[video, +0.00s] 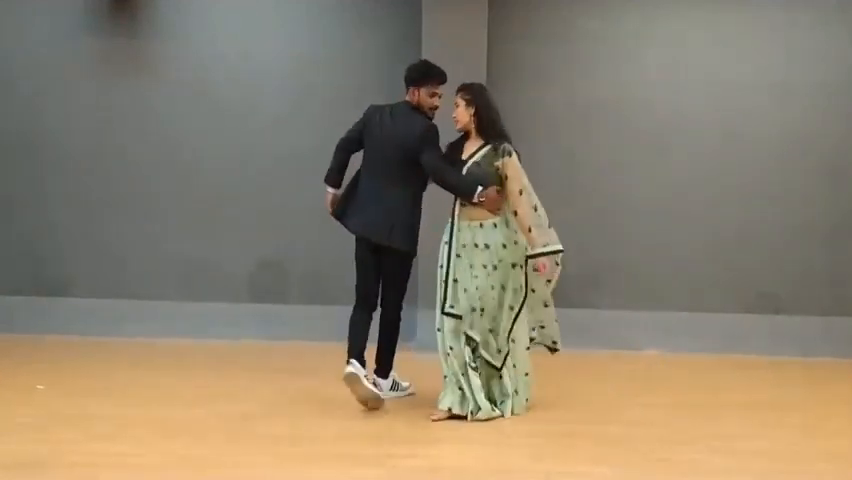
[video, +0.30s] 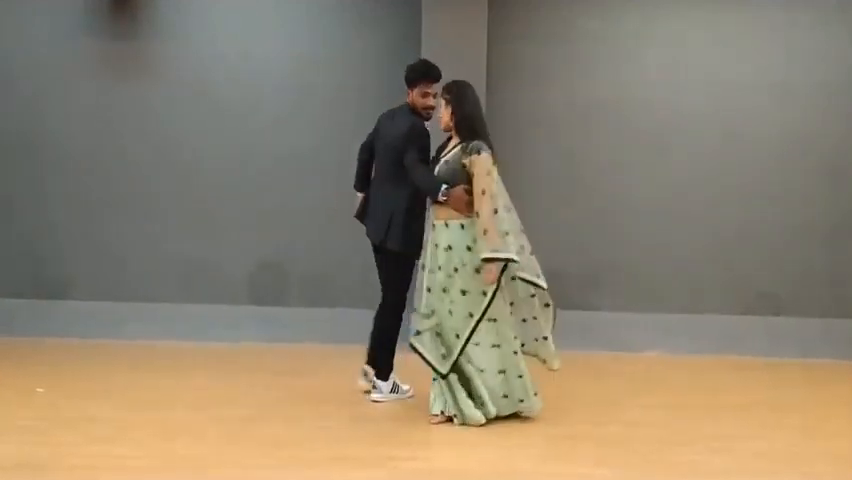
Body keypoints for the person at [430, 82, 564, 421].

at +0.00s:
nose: (455, 113)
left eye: (461, 106)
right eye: (455, 107)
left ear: (477, 109)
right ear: (464, 111)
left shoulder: (502, 153)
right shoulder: (455, 150)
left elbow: (521, 204)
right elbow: (438, 179)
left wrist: (539, 251)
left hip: (494, 242)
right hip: (459, 240)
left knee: (487, 316)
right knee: (455, 315)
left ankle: (492, 395)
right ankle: (455, 395)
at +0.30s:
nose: (439, 113)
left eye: (443, 106)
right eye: (440, 106)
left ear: (457, 109)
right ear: (457, 110)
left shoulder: (477, 152)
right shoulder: (447, 149)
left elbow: (487, 207)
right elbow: (436, 193)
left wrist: (493, 255)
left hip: (465, 249)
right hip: (442, 248)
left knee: (466, 323)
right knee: (442, 322)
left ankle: (480, 398)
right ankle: (448, 398)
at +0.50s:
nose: (423, 112)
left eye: (428, 105)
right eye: (423, 105)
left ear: (440, 110)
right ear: (448, 109)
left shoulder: (451, 156)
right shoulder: (436, 152)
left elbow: (460, 211)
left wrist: (459, 259)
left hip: (442, 253)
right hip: (426, 251)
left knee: (438, 330)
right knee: (424, 329)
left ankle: (441, 409)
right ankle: (423, 407)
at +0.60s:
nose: (412, 116)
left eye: (416, 109)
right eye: (413, 109)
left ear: (428, 113)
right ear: (443, 112)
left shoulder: (437, 158)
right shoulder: (427, 155)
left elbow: (439, 212)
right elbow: (429, 210)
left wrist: (439, 261)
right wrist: (406, 200)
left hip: (427, 254)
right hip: (415, 250)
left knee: (423, 331)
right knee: (412, 329)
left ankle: (420, 407)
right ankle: (408, 405)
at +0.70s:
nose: (404, 118)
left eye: (409, 112)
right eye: (409, 111)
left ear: (416, 118)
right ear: (437, 120)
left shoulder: (419, 162)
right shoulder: (420, 159)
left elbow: (418, 216)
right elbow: (418, 215)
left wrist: (417, 263)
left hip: (414, 259)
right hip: (414, 257)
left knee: (409, 334)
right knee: (411, 334)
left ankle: (407, 406)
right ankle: (408, 405)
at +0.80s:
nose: (436, 123)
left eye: (434, 114)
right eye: (432, 115)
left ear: (403, 115)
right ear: (421, 118)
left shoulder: (418, 160)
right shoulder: (401, 162)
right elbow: (395, 215)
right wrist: (395, 264)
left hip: (418, 260)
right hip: (403, 262)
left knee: (414, 336)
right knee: (399, 337)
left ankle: (409, 409)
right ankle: (393, 409)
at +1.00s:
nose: (414, 111)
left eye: (411, 103)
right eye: (410, 106)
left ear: (375, 114)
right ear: (406, 115)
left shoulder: (364, 158)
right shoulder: (411, 156)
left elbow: (352, 210)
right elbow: (432, 188)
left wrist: (345, 256)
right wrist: (458, 194)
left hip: (369, 248)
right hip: (400, 247)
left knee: (363, 329)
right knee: (401, 328)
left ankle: (358, 410)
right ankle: (401, 409)